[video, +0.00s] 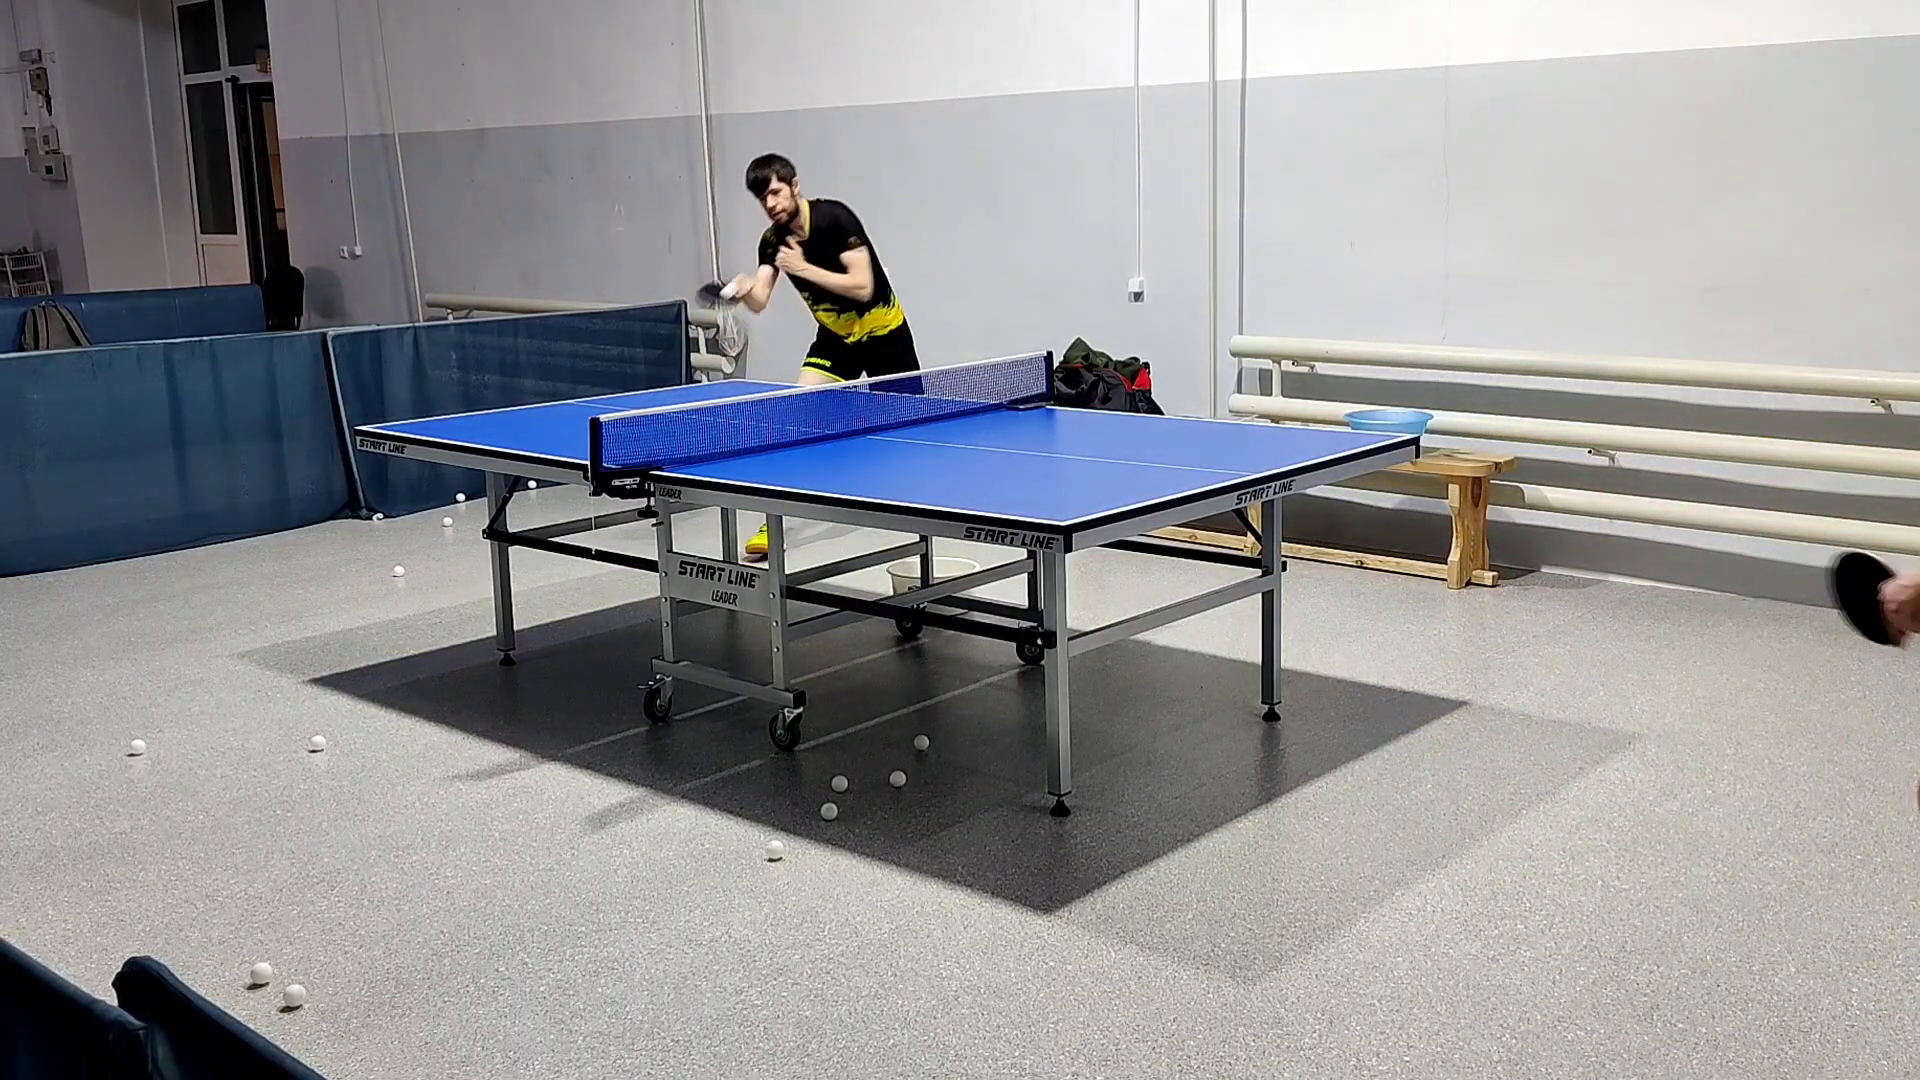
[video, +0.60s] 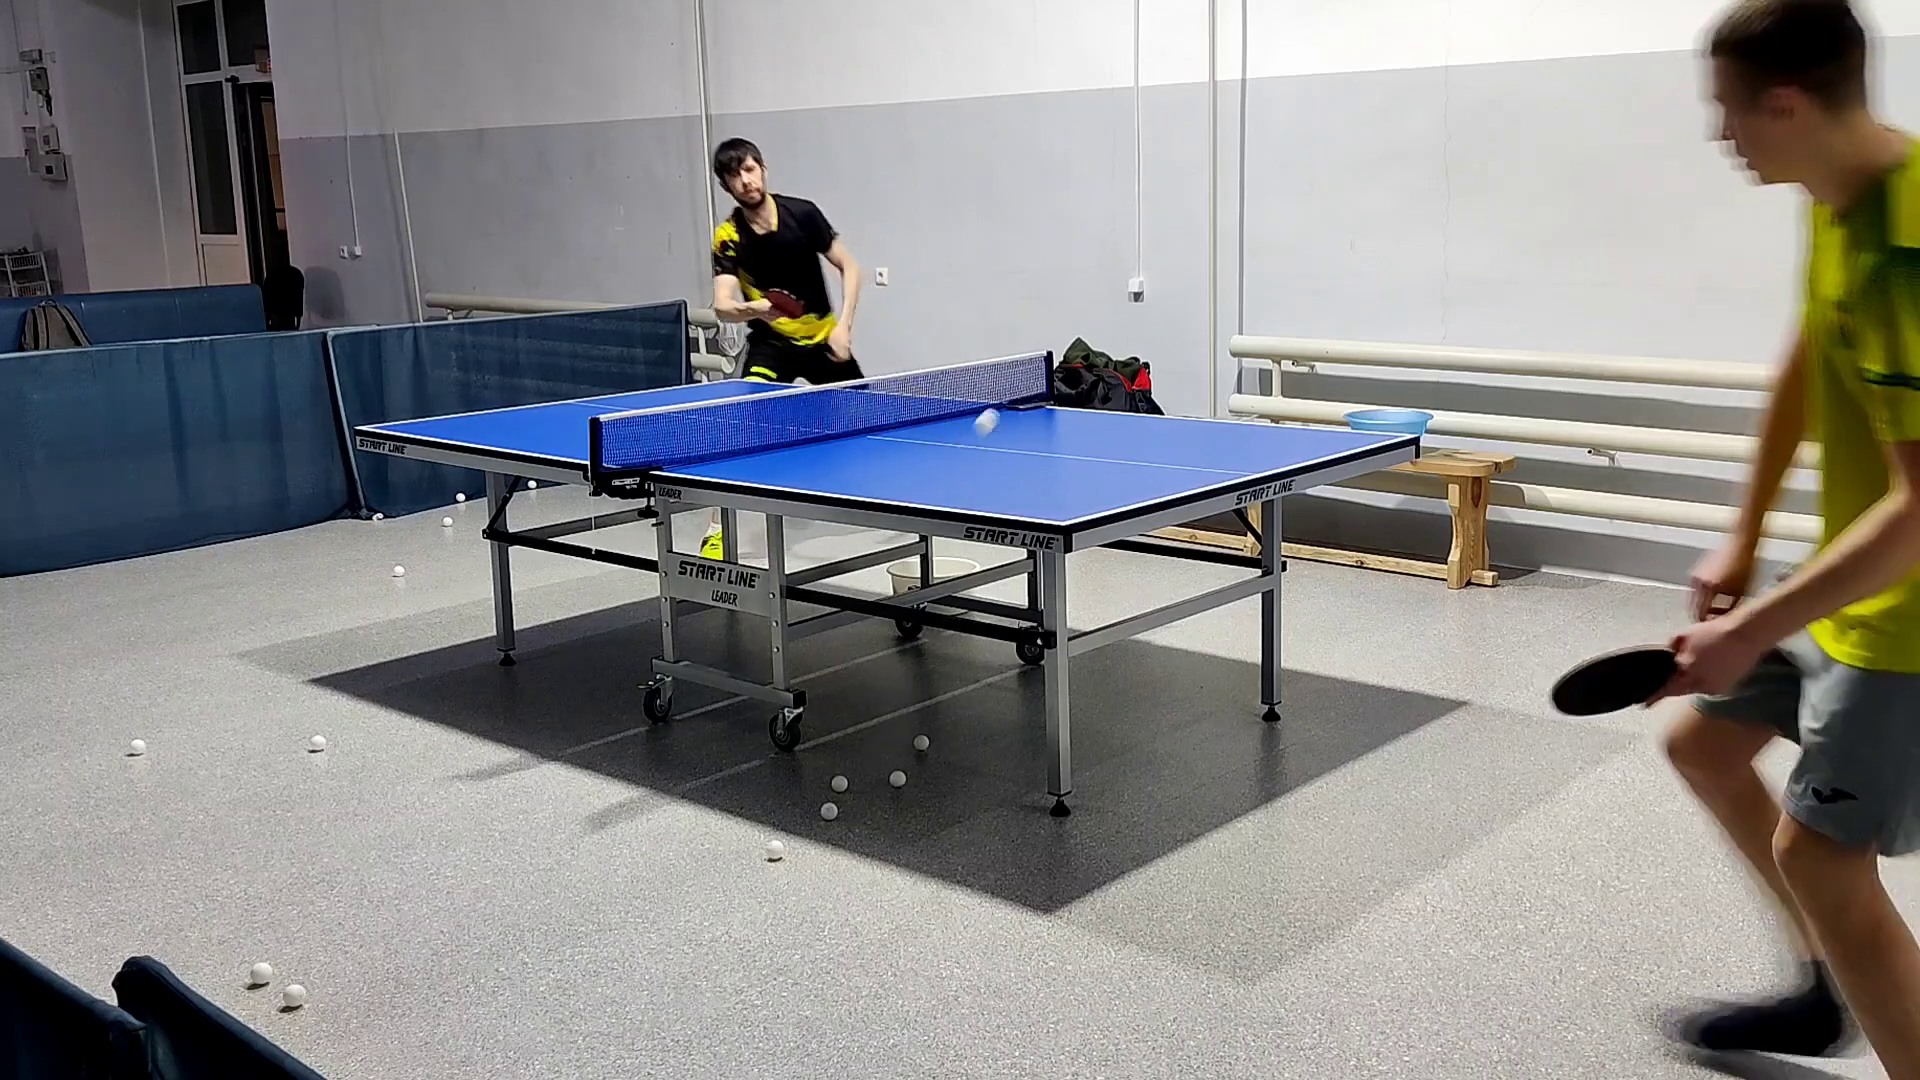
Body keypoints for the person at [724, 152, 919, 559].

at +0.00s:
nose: (771, 203)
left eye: (777, 192)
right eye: (763, 197)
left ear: (795, 186)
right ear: (758, 201)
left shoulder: (834, 217)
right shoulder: (772, 241)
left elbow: (864, 288)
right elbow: (758, 304)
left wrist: (802, 269)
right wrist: (744, 289)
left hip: (884, 335)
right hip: (834, 338)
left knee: (910, 426)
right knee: (797, 418)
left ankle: (929, 519)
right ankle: (773, 525)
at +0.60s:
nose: (746, 181)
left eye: (749, 169)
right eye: (735, 176)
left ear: (763, 169)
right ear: (726, 186)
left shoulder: (802, 213)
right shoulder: (729, 236)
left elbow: (850, 267)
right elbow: (723, 305)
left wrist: (844, 325)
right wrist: (754, 310)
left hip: (822, 339)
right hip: (771, 344)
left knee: (868, 420)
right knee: (740, 422)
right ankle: (718, 528)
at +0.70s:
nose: (738, 166)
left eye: (742, 154)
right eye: (727, 161)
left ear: (755, 155)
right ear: (718, 172)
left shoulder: (791, 201)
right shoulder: (718, 224)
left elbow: (836, 251)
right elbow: (712, 295)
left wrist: (848, 315)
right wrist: (746, 300)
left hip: (808, 330)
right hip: (759, 337)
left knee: (861, 410)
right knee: (746, 418)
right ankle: (720, 528)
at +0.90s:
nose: (744, 152)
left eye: (748, 141)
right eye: (733, 147)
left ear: (760, 141)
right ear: (721, 156)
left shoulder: (790, 187)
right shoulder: (720, 207)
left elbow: (827, 226)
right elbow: (709, 283)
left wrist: (847, 279)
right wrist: (744, 282)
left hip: (796, 326)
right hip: (750, 332)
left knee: (843, 410)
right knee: (747, 425)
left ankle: (861, 511)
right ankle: (703, 533)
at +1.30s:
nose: (737, 175)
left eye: (742, 163)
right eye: (727, 169)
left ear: (754, 162)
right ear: (715, 176)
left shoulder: (789, 208)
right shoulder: (710, 227)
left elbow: (852, 252)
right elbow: (696, 300)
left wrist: (828, 291)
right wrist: (721, 299)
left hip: (795, 344)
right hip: (744, 347)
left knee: (853, 419)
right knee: (735, 438)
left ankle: (864, 509)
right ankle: (696, 538)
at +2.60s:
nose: (823, 155)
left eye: (827, 145)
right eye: (813, 148)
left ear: (837, 146)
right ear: (800, 153)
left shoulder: (857, 199)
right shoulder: (791, 191)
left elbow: (886, 264)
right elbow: (754, 201)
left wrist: (869, 266)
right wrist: (789, 151)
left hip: (844, 320)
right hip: (797, 318)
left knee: (895, 403)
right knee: (777, 407)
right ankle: (751, 517)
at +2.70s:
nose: (810, 142)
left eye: (816, 133)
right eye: (799, 135)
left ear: (826, 137)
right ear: (785, 143)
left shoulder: (847, 189)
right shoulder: (776, 184)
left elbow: (879, 252)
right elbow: (742, 223)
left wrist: (859, 264)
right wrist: (767, 173)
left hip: (837, 314)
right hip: (790, 313)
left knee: (892, 399)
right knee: (774, 409)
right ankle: (751, 521)